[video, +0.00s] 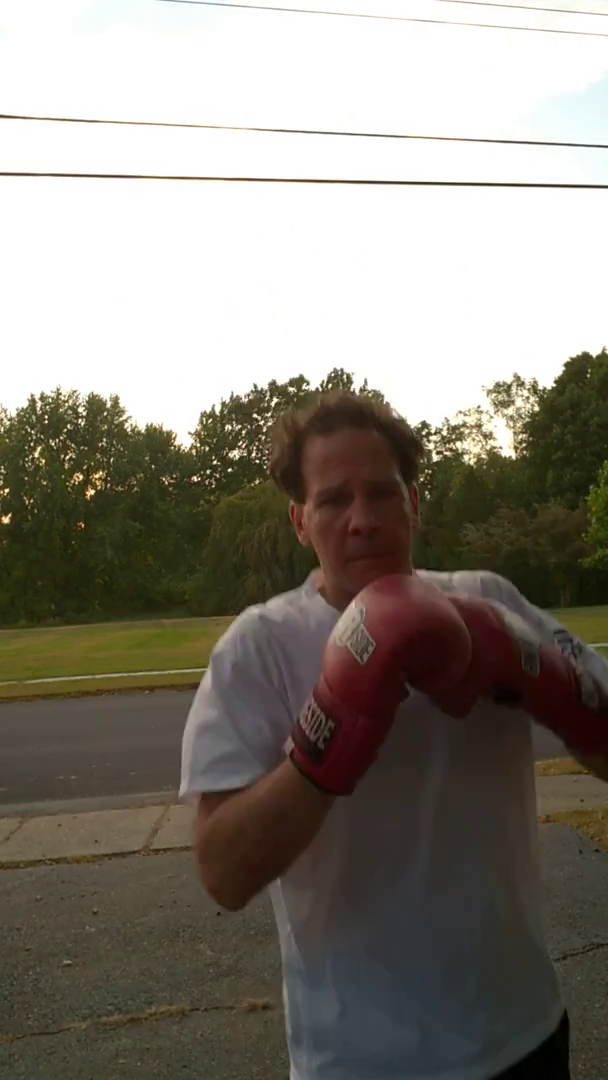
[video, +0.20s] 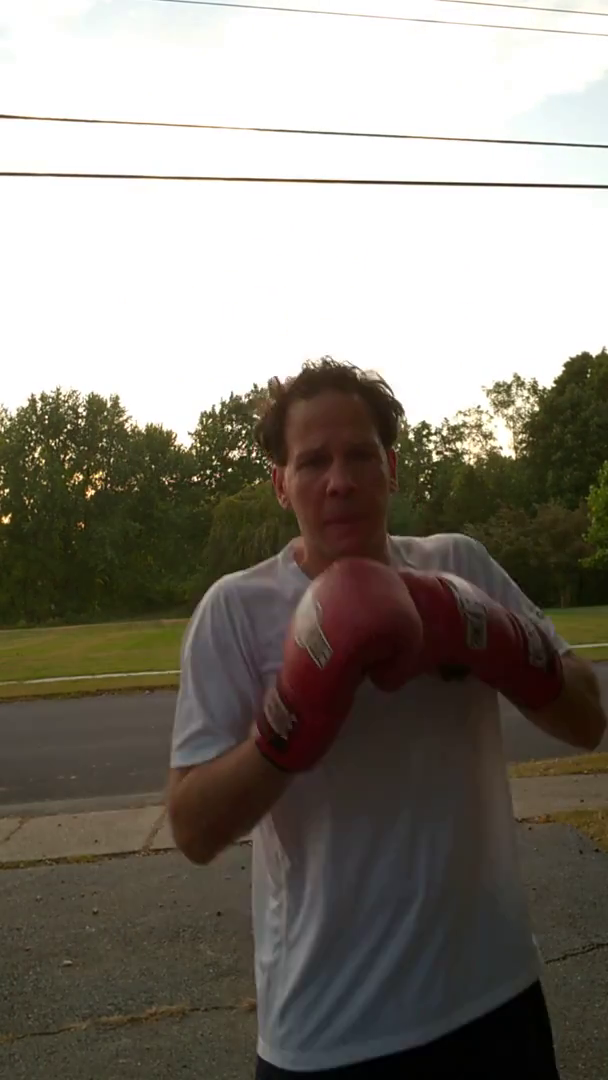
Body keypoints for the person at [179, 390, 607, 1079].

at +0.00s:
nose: (363, 520)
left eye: (382, 493)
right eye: (335, 500)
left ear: (414, 502)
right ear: (300, 522)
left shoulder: (489, 604)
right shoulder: (258, 647)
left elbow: (602, 736)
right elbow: (225, 874)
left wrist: (525, 669)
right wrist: (340, 719)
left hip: (514, 1018)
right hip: (355, 1042)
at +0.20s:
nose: (341, 481)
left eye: (360, 455)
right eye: (314, 462)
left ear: (391, 468)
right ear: (282, 484)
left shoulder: (461, 567)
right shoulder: (234, 612)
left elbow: (588, 724)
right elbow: (195, 831)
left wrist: (486, 638)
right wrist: (293, 713)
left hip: (487, 985)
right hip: (325, 1015)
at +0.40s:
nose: (284, 519)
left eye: (305, 496)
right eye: (259, 501)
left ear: (339, 509)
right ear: (227, 519)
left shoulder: (403, 610)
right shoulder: (182, 638)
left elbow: (555, 773)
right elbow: (97, 835)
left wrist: (442, 659)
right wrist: (217, 664)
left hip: (411, 1036)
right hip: (247, 1046)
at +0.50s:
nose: (263, 520)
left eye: (284, 494)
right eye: (238, 498)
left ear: (320, 508)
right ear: (205, 522)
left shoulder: (393, 617)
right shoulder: (152, 646)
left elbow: (495, 801)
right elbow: (76, 876)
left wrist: (394, 719)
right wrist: (196, 761)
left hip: (390, 1042)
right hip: (218, 1053)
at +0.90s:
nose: (310, 503)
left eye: (334, 475)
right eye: (282, 477)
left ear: (368, 488)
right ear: (241, 498)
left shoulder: (451, 618)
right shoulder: (182, 640)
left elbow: (542, 845)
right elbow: (117, 895)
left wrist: (437, 721)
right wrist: (191, 764)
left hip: (422, 1046)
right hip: (236, 1051)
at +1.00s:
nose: (348, 485)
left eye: (376, 457)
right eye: (321, 457)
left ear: (412, 475)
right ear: (281, 477)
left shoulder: (475, 608)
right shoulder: (221, 624)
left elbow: (594, 838)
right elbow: (135, 868)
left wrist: (520, 680)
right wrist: (167, 746)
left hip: (439, 1044)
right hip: (253, 1044)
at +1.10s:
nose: (366, 489)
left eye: (394, 460)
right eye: (341, 459)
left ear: (432, 476)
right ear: (300, 475)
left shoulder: (493, 631)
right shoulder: (234, 625)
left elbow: (602, 811)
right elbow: (99, 843)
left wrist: (563, 639)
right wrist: (139, 649)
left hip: (448, 1043)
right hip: (261, 1045)